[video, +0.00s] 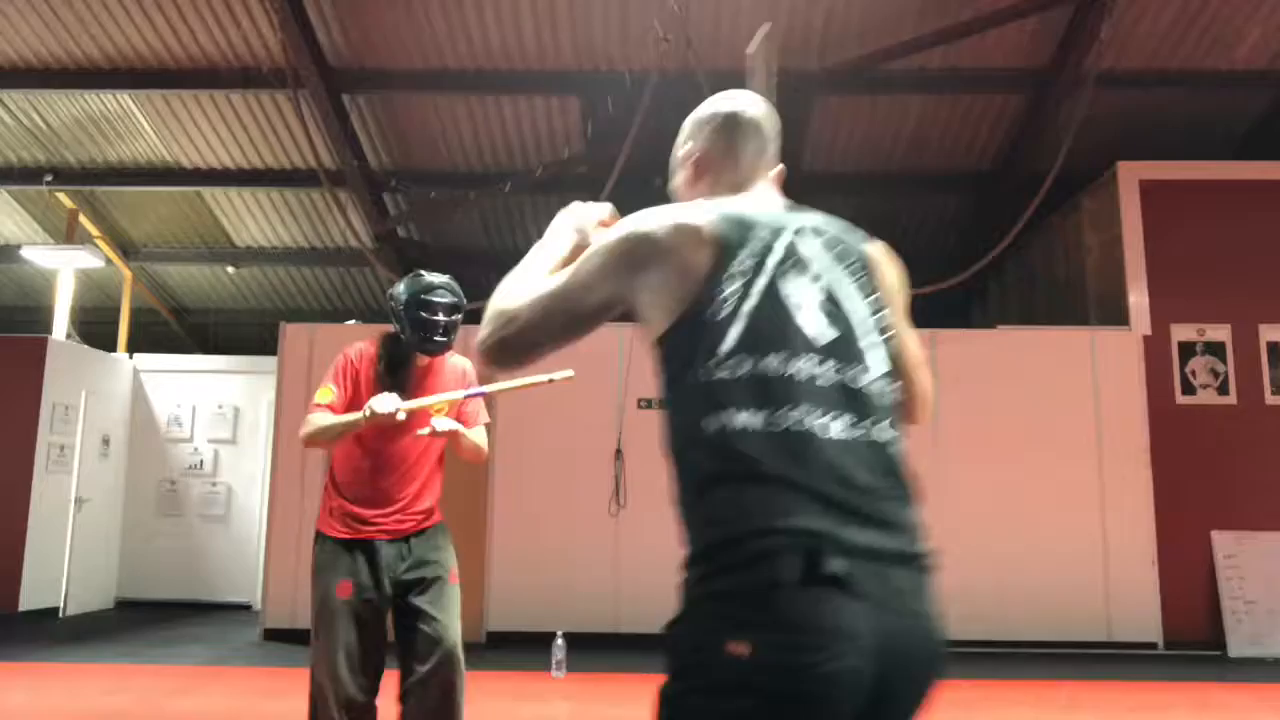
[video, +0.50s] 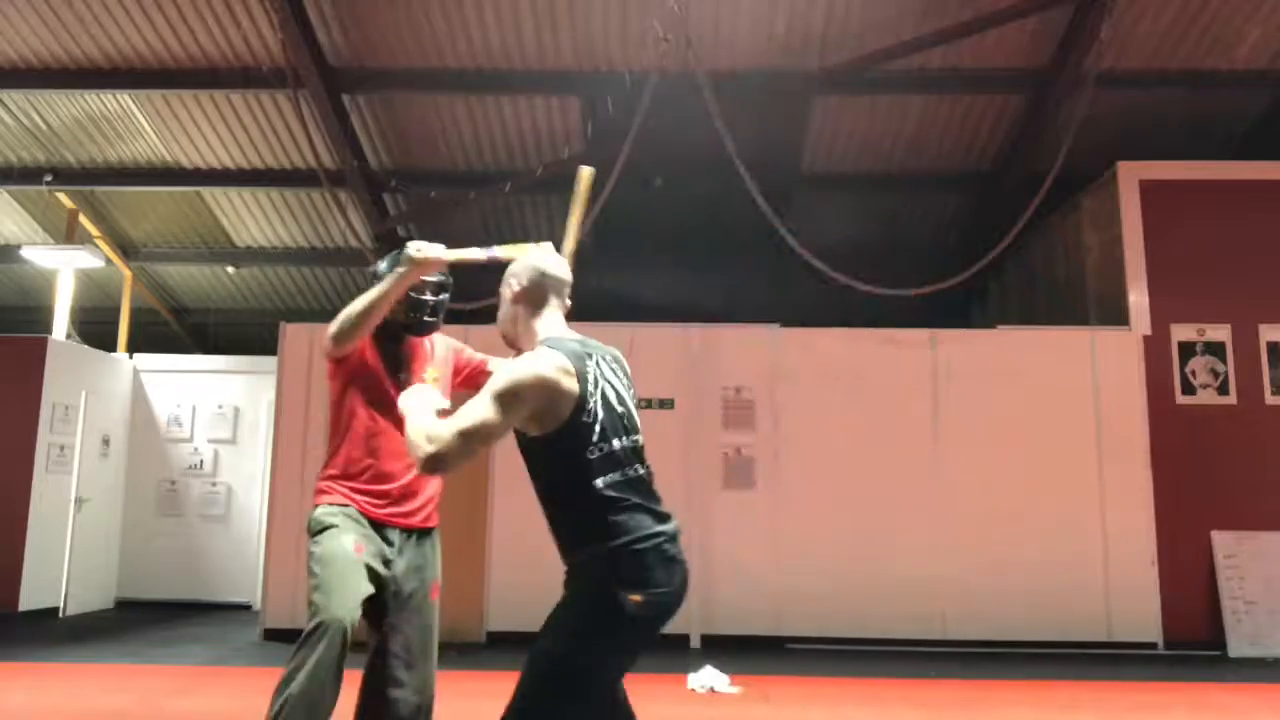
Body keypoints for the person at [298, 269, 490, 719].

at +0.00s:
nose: (440, 327)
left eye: (448, 318)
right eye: (428, 317)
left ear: (456, 321)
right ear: (401, 319)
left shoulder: (458, 371)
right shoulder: (357, 360)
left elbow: (479, 451)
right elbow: (309, 433)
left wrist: (456, 433)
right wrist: (364, 416)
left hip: (422, 536)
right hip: (347, 539)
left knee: (444, 651)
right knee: (341, 674)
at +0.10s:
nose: (442, 332)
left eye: (451, 321)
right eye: (431, 320)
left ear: (458, 323)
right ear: (405, 318)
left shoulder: (459, 369)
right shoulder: (366, 354)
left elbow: (500, 434)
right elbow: (313, 416)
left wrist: (468, 388)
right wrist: (380, 382)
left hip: (420, 541)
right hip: (347, 540)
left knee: (417, 665)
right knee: (343, 671)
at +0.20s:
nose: (440, 321)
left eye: (449, 312)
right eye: (433, 309)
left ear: (458, 318)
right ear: (406, 310)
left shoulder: (459, 368)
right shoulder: (373, 342)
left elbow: (526, 399)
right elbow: (334, 382)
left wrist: (487, 334)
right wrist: (403, 336)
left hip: (421, 539)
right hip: (348, 533)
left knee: (413, 676)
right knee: (325, 660)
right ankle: (339, 712)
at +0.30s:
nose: (448, 317)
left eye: (456, 307)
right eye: (437, 306)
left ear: (464, 311)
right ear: (410, 308)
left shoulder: (465, 351)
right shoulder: (377, 345)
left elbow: (530, 373)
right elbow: (365, 332)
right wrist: (445, 289)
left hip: (421, 540)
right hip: (349, 527)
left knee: (413, 682)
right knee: (315, 642)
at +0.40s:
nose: (440, 309)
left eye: (447, 299)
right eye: (428, 299)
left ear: (454, 302)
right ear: (398, 302)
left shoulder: (460, 349)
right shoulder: (365, 336)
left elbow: (524, 376)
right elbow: (373, 330)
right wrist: (447, 283)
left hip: (423, 532)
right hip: (353, 518)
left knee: (414, 675)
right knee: (322, 632)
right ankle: (290, 715)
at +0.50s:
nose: (428, 296)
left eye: (437, 286)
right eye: (413, 285)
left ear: (445, 295)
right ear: (384, 292)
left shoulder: (446, 351)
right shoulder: (355, 344)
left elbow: (513, 380)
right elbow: (338, 340)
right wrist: (405, 271)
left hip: (416, 530)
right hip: (348, 511)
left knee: (410, 687)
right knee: (336, 618)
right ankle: (290, 714)